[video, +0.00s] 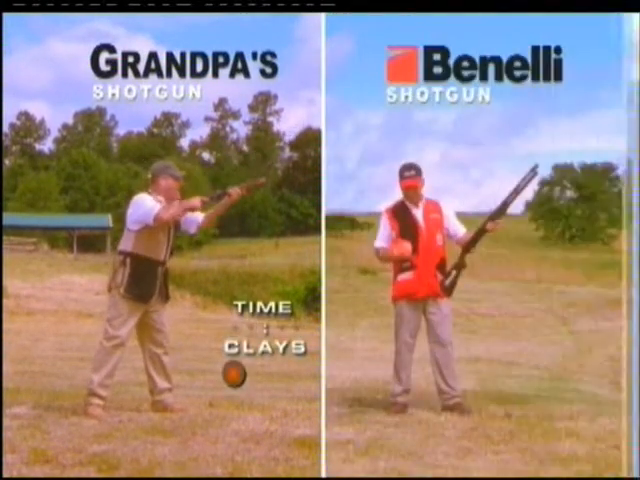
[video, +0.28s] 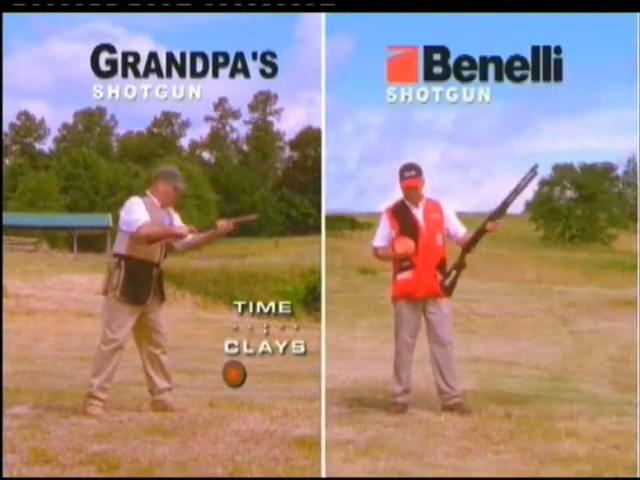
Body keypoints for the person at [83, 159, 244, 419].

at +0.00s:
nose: (178, 191)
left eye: (179, 186)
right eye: (174, 185)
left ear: (174, 187)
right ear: (158, 183)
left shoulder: (171, 209)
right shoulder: (141, 201)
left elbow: (201, 222)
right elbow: (164, 217)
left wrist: (226, 202)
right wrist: (187, 204)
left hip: (156, 274)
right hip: (131, 271)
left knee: (157, 341)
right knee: (115, 337)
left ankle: (161, 397)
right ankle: (96, 397)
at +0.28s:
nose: (176, 197)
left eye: (178, 192)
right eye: (174, 190)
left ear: (170, 191)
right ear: (159, 185)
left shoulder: (168, 215)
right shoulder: (135, 205)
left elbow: (186, 243)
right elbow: (140, 233)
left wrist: (216, 232)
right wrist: (176, 232)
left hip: (151, 276)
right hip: (126, 273)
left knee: (155, 342)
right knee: (113, 340)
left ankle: (161, 397)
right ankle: (95, 399)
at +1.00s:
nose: (137, 185)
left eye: (138, 180)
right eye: (132, 179)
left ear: (137, 183)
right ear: (116, 182)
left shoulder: (140, 210)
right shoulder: (109, 211)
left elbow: (147, 242)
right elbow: (128, 242)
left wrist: (172, 247)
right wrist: (162, 242)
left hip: (143, 281)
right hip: (118, 282)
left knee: (153, 344)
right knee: (113, 343)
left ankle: (162, 397)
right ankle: (94, 400)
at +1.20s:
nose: (126, 182)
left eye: (125, 178)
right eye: (121, 178)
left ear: (118, 182)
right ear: (105, 184)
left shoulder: (130, 205)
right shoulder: (105, 211)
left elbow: (143, 238)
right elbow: (127, 240)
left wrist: (171, 243)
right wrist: (161, 238)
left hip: (144, 276)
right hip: (120, 280)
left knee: (154, 343)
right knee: (113, 342)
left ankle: (162, 397)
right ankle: (94, 400)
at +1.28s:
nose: (118, 180)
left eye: (116, 175)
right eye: (111, 177)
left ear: (115, 181)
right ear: (99, 186)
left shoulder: (128, 205)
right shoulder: (103, 210)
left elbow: (143, 237)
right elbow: (122, 240)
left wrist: (172, 243)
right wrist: (156, 237)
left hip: (144, 273)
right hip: (120, 277)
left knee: (154, 343)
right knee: (113, 342)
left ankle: (163, 398)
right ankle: (94, 400)